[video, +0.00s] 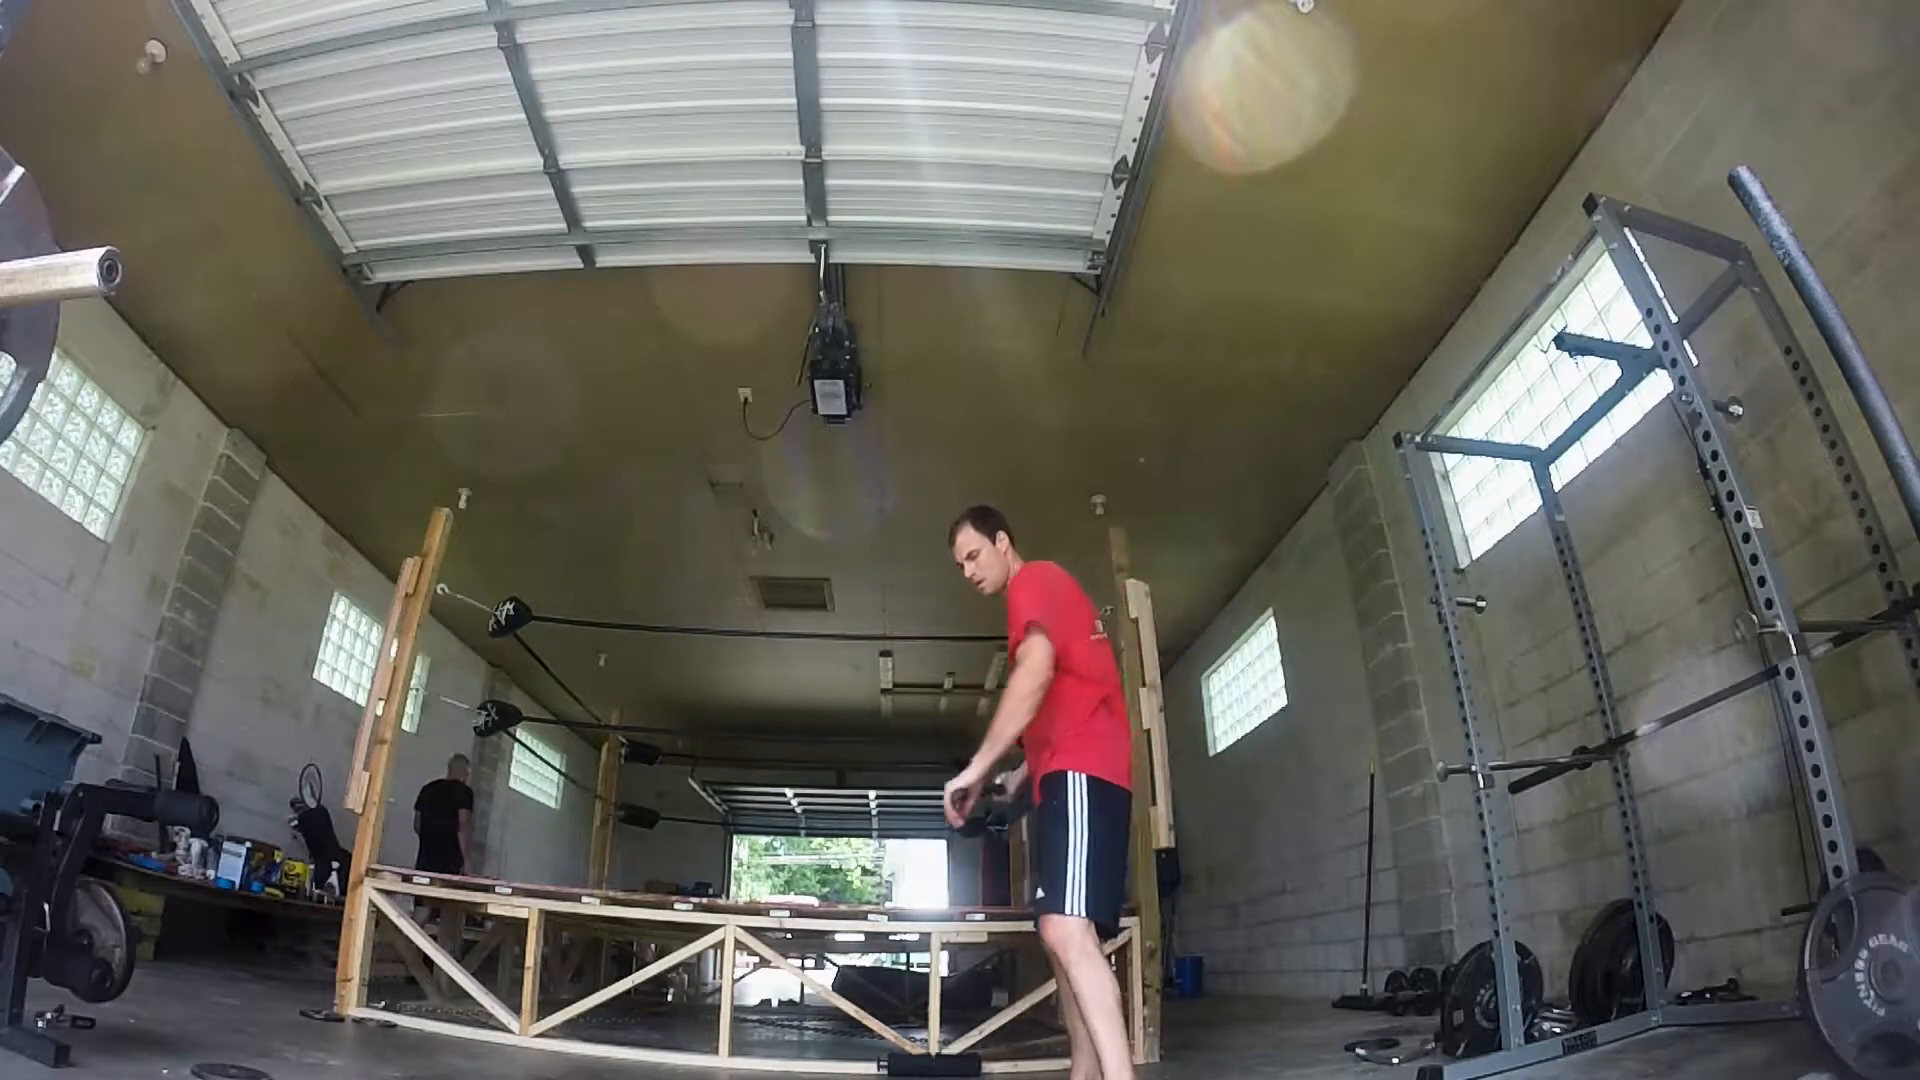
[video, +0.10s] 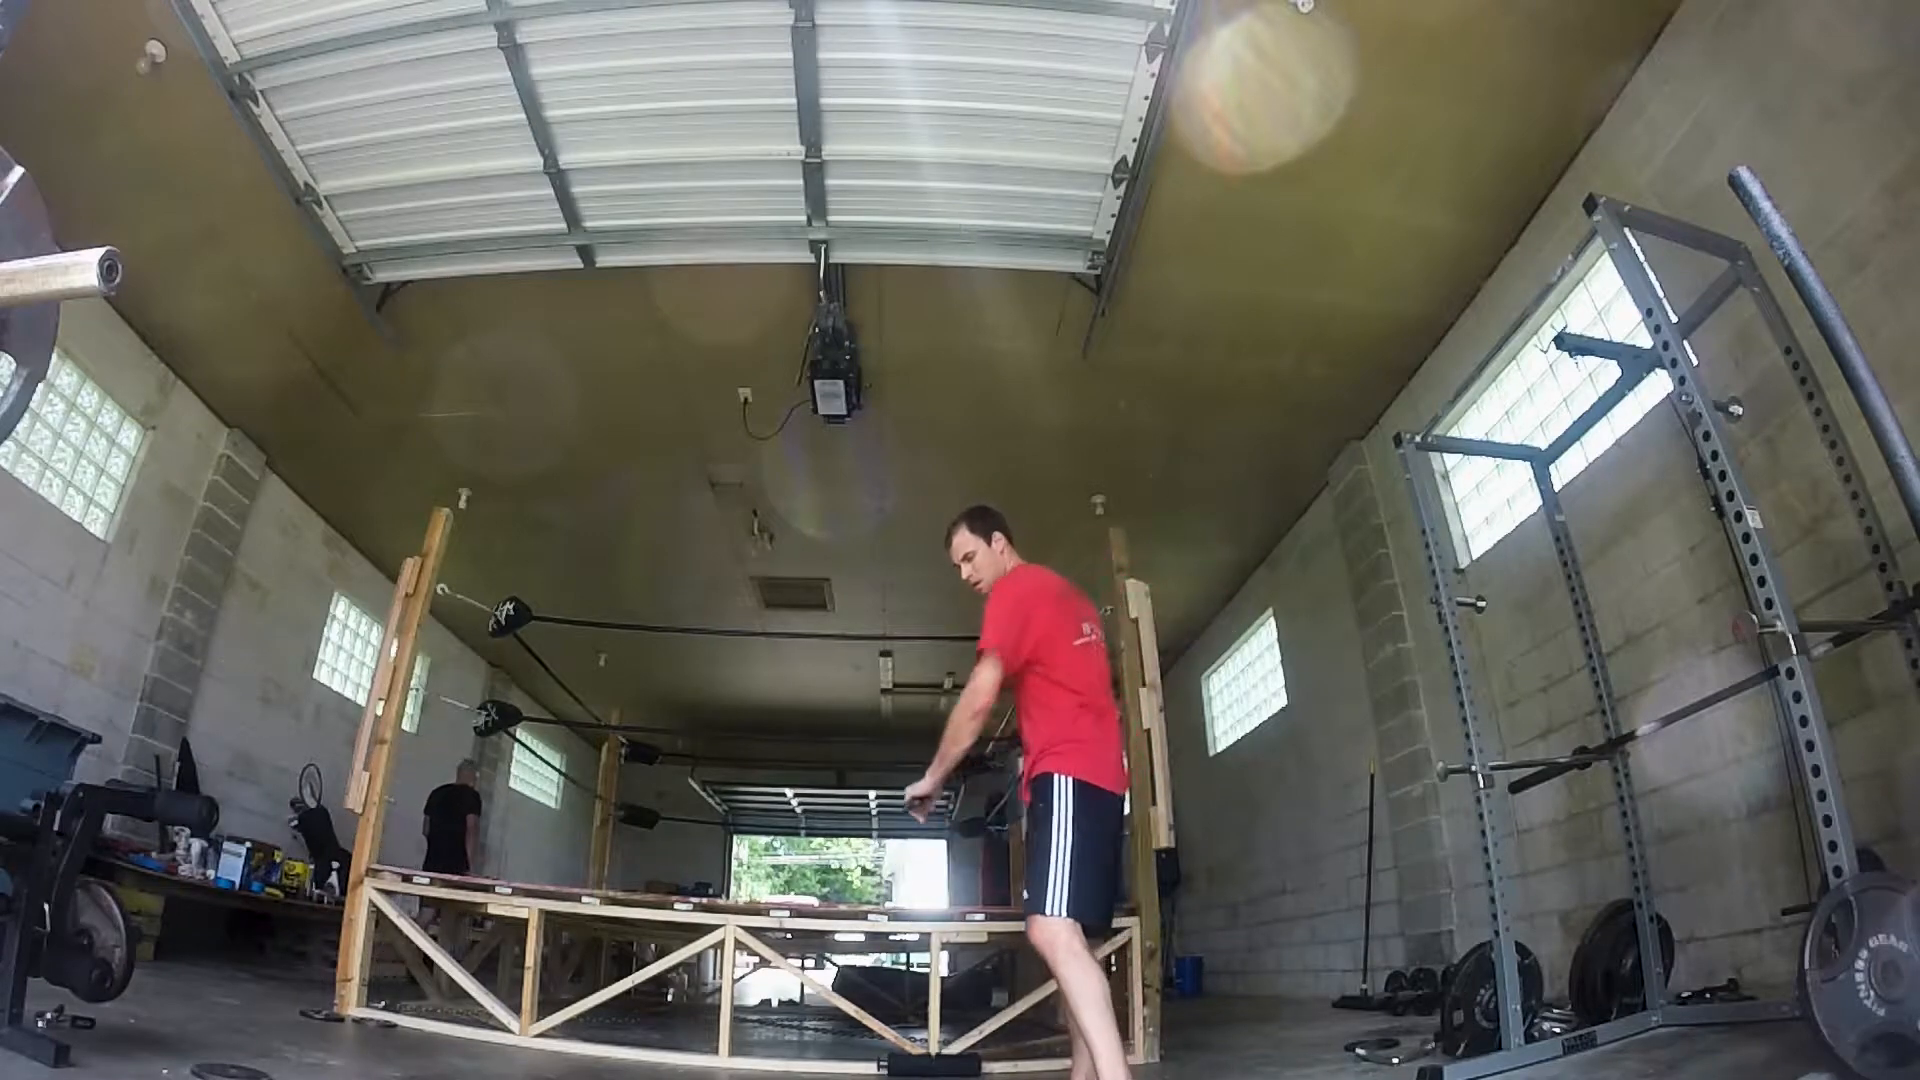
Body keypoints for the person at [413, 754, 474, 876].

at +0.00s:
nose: (466, 774)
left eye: (466, 770)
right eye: (466, 770)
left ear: (448, 769)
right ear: (465, 771)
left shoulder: (428, 788)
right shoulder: (463, 791)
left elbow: (417, 825)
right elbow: (463, 827)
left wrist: (429, 841)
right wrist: (467, 860)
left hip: (426, 854)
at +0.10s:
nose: (474, 779)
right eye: (474, 776)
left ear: (457, 775)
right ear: (473, 777)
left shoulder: (437, 792)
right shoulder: (471, 795)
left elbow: (426, 830)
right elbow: (471, 831)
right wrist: (471, 864)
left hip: (432, 861)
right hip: (456, 863)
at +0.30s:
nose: (494, 788)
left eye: (494, 785)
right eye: (493, 784)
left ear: (474, 782)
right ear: (487, 783)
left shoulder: (453, 801)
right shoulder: (492, 806)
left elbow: (442, 837)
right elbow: (494, 842)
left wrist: (443, 859)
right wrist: (495, 872)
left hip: (451, 868)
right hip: (479, 872)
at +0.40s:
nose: (500, 793)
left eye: (500, 789)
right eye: (499, 789)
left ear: (483, 787)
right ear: (494, 787)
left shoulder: (461, 804)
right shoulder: (501, 809)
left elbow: (445, 831)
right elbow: (504, 844)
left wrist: (445, 860)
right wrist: (509, 876)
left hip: (458, 869)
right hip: (486, 872)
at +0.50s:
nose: (503, 790)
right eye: (504, 787)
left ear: (487, 785)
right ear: (504, 787)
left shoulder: (469, 801)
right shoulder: (509, 806)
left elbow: (448, 822)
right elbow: (513, 836)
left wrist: (452, 852)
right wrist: (517, 861)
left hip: (467, 864)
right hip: (493, 869)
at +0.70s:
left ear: (497, 790)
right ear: (513, 792)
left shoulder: (482, 806)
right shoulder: (517, 810)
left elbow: (457, 824)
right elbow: (525, 840)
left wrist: (465, 847)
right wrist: (521, 855)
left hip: (480, 865)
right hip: (504, 868)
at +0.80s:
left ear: (501, 796)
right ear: (518, 797)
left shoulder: (486, 814)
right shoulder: (522, 816)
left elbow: (471, 841)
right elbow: (525, 845)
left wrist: (478, 860)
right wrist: (523, 865)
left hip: (485, 871)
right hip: (510, 873)